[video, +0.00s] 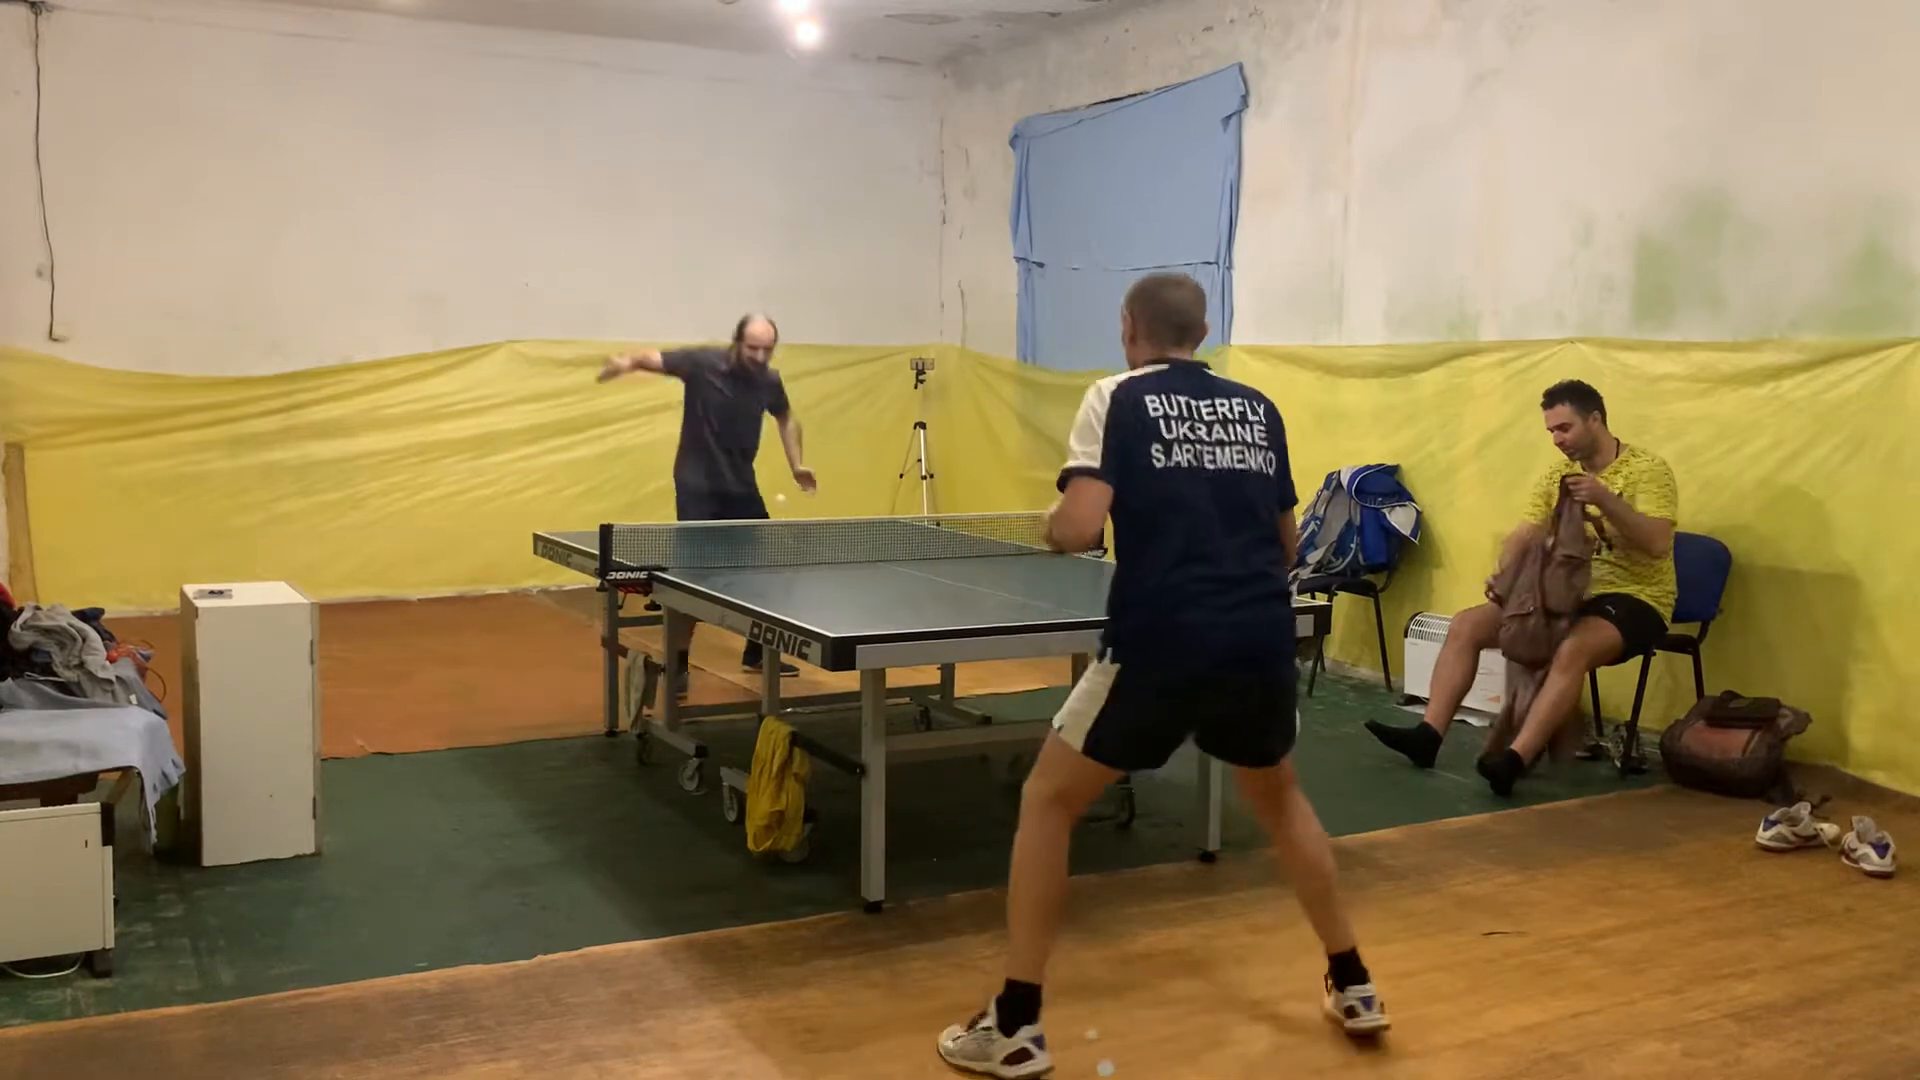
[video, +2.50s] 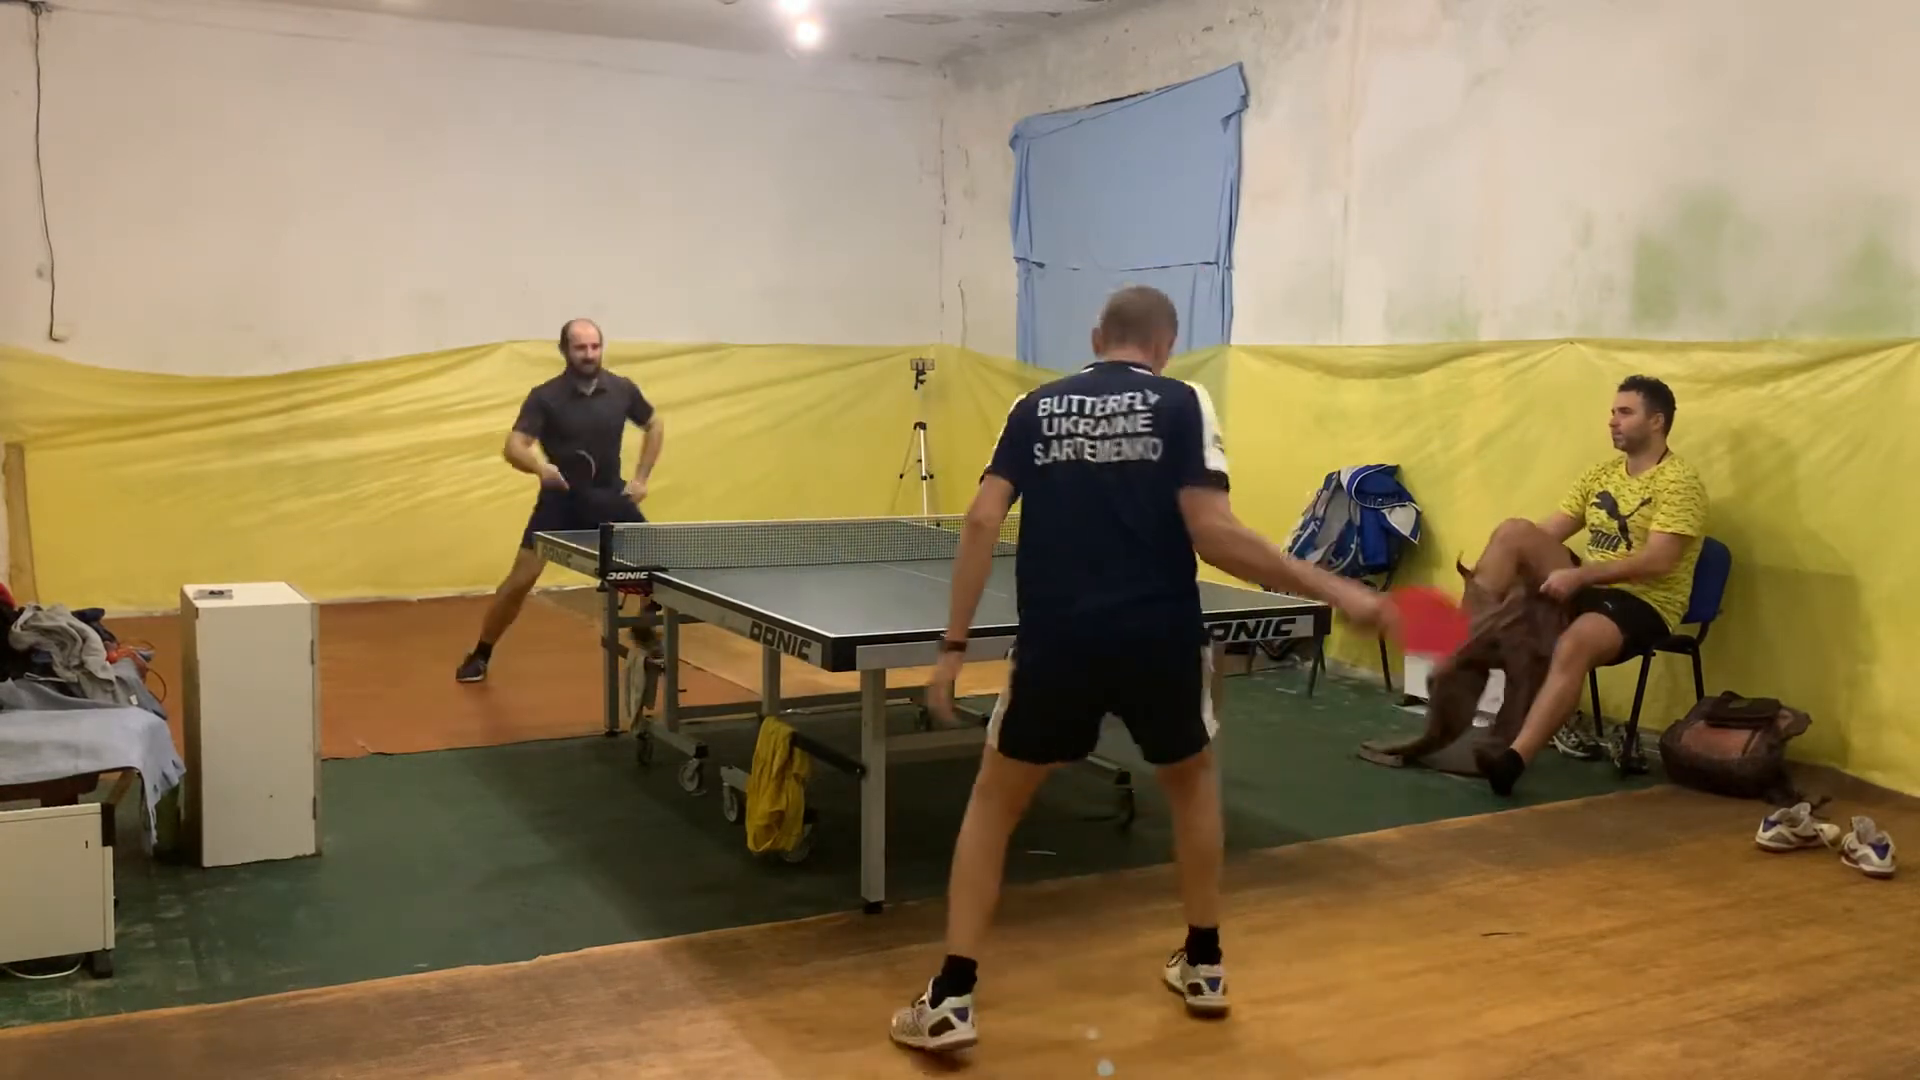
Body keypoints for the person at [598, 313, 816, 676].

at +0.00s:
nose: (758, 355)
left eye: (766, 349)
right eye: (752, 347)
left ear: (773, 348)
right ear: (737, 341)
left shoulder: (769, 381)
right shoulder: (705, 363)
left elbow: (786, 419)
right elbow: (650, 360)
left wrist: (796, 465)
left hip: (742, 491)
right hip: (697, 490)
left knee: (769, 566)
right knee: (693, 575)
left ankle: (758, 647)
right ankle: (678, 662)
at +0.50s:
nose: (682, 334)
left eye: (689, 326)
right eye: (674, 327)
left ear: (701, 324)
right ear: (662, 328)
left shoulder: (729, 363)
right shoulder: (650, 371)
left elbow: (768, 405)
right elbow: (623, 415)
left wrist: (756, 451)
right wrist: (623, 436)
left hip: (726, 485)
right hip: (673, 487)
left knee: (759, 552)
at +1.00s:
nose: (738, 410)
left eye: (744, 400)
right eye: (731, 403)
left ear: (762, 395)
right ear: (725, 404)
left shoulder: (779, 423)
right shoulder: (763, 427)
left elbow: (798, 469)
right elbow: (785, 478)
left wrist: (768, 513)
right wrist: (770, 514)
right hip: (800, 525)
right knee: (722, 567)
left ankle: (704, 659)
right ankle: (704, 658)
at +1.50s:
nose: (864, 354)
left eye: (871, 347)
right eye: (857, 348)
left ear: (886, 350)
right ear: (849, 354)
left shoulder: (908, 393)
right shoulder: (839, 391)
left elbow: (926, 443)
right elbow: (798, 420)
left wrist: (890, 462)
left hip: (896, 507)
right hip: (842, 504)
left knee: (933, 573)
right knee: (802, 567)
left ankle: (961, 646)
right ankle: (793, 651)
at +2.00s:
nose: (706, 361)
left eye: (712, 352)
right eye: (700, 354)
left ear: (731, 349)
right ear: (695, 355)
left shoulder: (770, 383)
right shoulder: (704, 397)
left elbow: (819, 417)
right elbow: (668, 438)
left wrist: (809, 470)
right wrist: (622, 474)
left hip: (786, 487)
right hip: (742, 487)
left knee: (809, 556)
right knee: (703, 542)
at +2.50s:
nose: (589, 353)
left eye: (595, 346)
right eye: (580, 348)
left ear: (602, 348)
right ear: (565, 351)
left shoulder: (622, 390)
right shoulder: (545, 396)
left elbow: (654, 424)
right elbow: (514, 447)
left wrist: (641, 477)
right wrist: (541, 468)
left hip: (610, 501)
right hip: (559, 502)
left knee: (662, 565)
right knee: (520, 582)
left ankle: (644, 624)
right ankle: (481, 653)